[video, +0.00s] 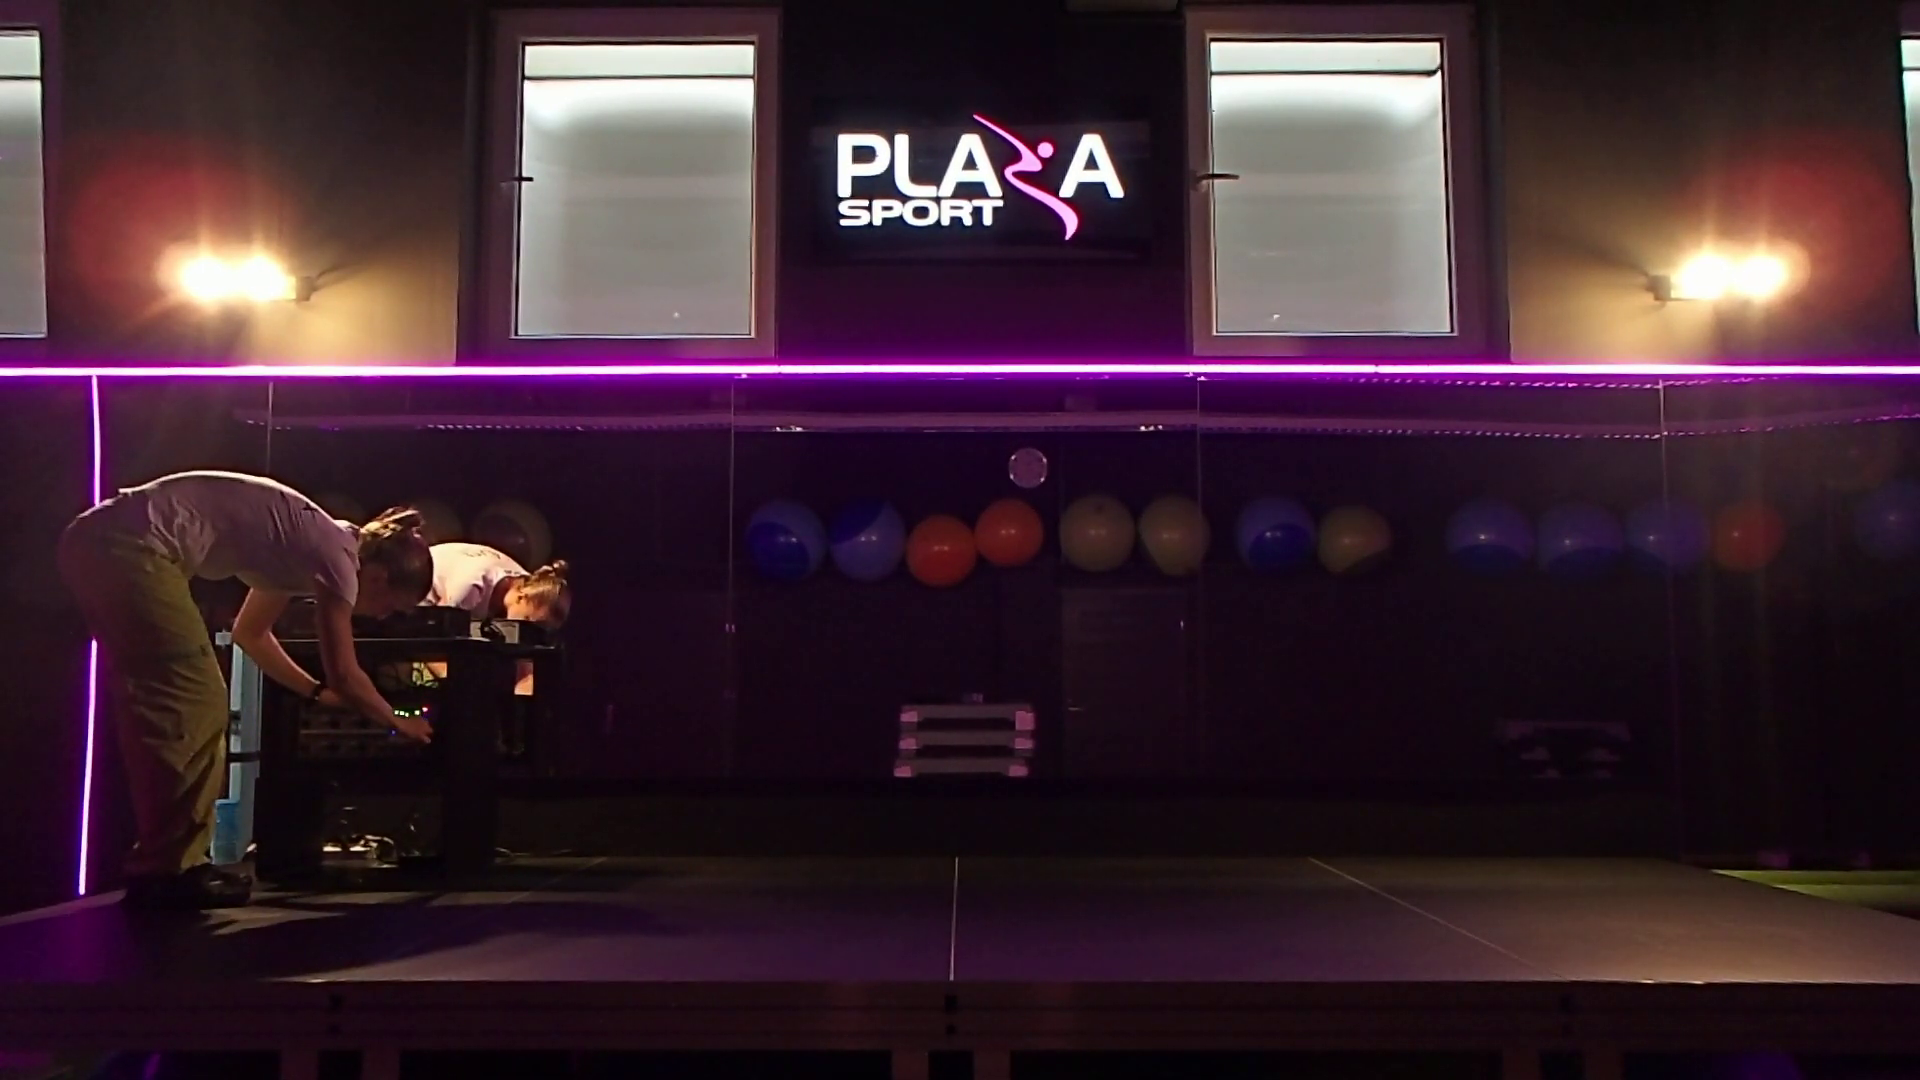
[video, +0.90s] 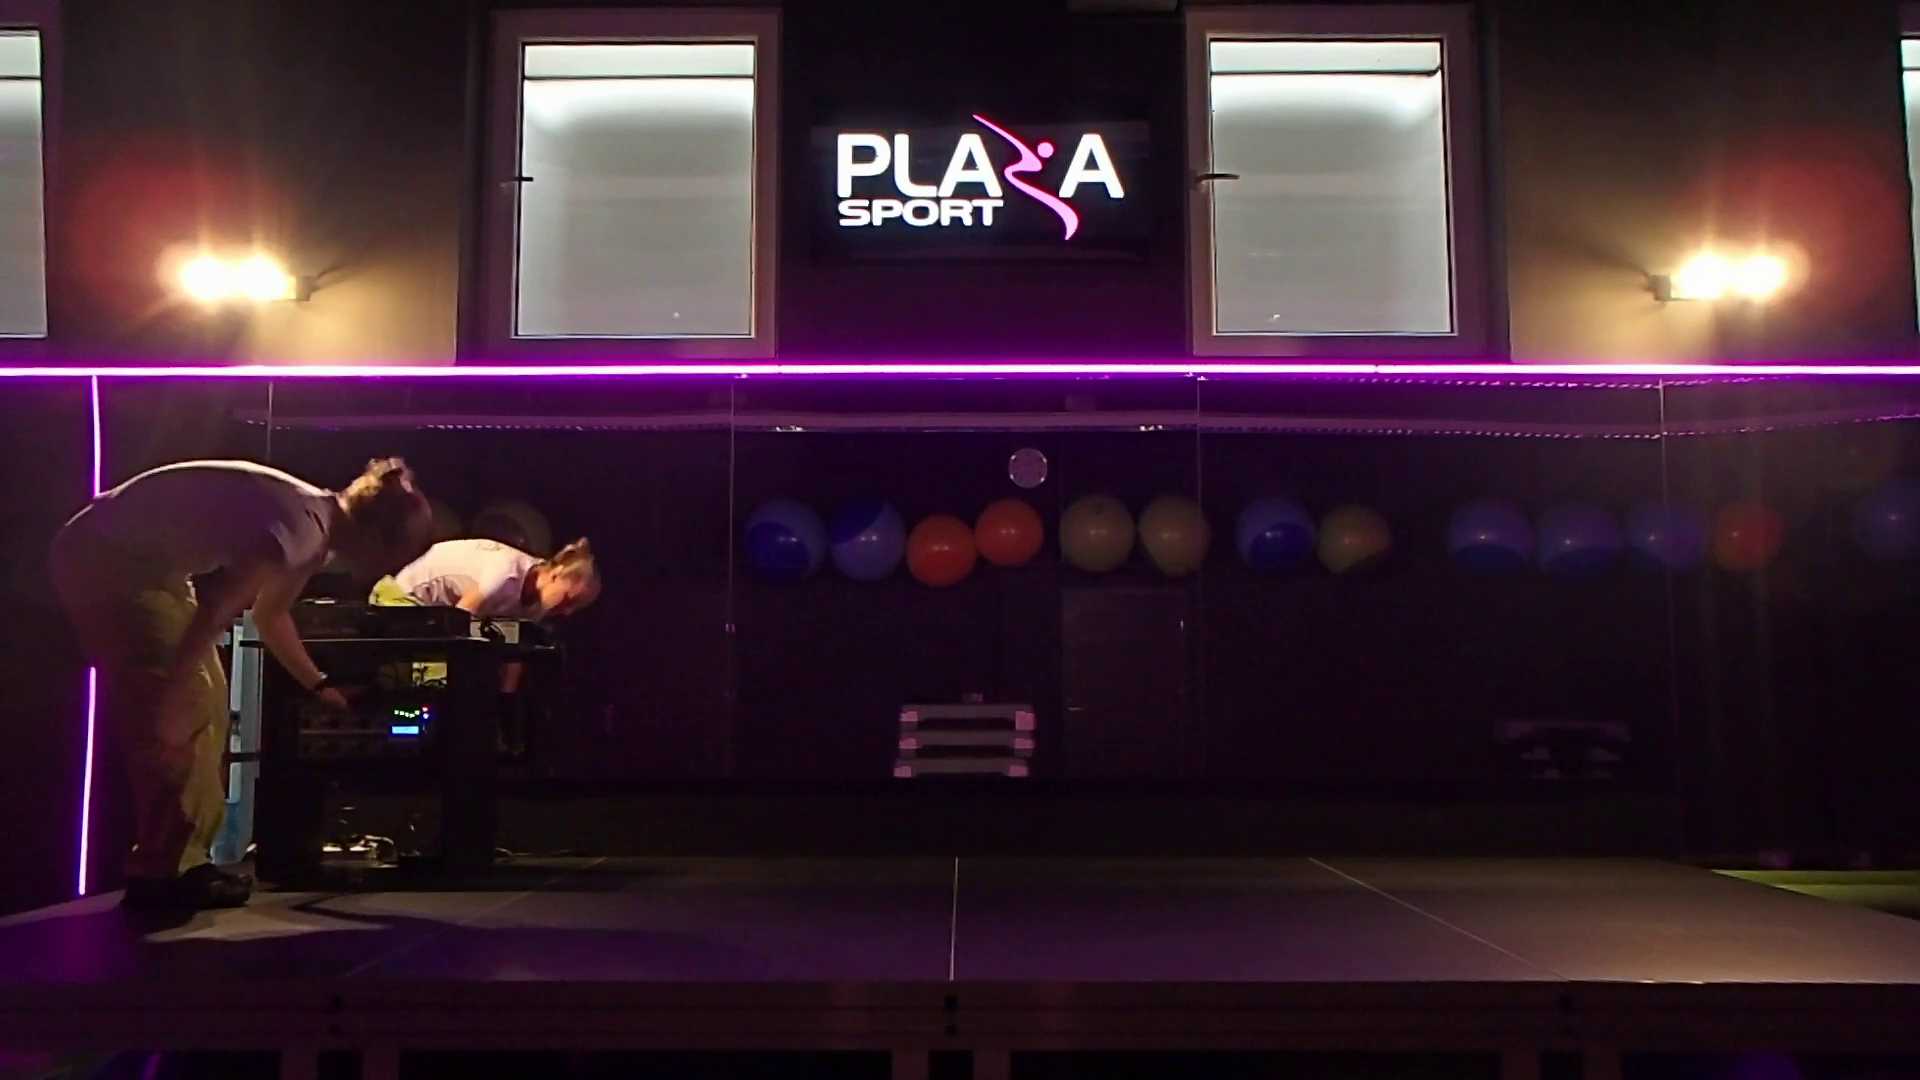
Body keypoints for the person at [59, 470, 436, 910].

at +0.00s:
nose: (378, 615)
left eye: (390, 611)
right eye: (388, 605)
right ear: (381, 574)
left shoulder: (296, 549)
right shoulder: (336, 551)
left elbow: (249, 632)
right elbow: (344, 672)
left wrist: (315, 691)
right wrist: (398, 722)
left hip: (111, 542)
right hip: (132, 547)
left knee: (181, 699)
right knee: (196, 700)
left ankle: (167, 866)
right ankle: (170, 869)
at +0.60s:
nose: (379, 608)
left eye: (390, 604)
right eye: (387, 598)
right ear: (376, 567)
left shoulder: (307, 536)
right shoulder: (330, 549)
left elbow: (255, 627)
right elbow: (309, 665)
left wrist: (320, 692)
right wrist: (356, 745)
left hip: (136, 551)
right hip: (121, 549)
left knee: (202, 707)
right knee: (171, 708)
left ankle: (181, 864)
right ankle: (165, 871)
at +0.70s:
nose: (377, 605)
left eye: (388, 600)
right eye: (385, 595)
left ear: (371, 555)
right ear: (374, 563)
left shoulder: (309, 529)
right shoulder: (324, 546)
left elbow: (254, 627)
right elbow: (283, 659)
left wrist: (311, 687)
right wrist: (310, 760)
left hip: (116, 551)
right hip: (118, 554)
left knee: (181, 698)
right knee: (187, 701)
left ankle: (175, 866)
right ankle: (168, 872)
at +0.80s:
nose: (380, 594)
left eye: (390, 588)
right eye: (387, 584)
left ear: (368, 545)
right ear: (372, 552)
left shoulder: (317, 531)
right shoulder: (314, 544)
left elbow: (264, 627)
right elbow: (252, 640)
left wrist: (314, 689)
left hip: (130, 555)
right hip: (118, 555)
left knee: (185, 697)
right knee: (182, 699)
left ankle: (174, 865)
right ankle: (169, 870)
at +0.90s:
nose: (384, 573)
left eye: (394, 565)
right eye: (391, 561)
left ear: (371, 517)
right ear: (375, 528)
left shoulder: (314, 535)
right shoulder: (298, 527)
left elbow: (271, 614)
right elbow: (218, 603)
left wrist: (317, 685)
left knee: (210, 700)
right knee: (181, 706)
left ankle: (191, 861)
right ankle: (160, 872)